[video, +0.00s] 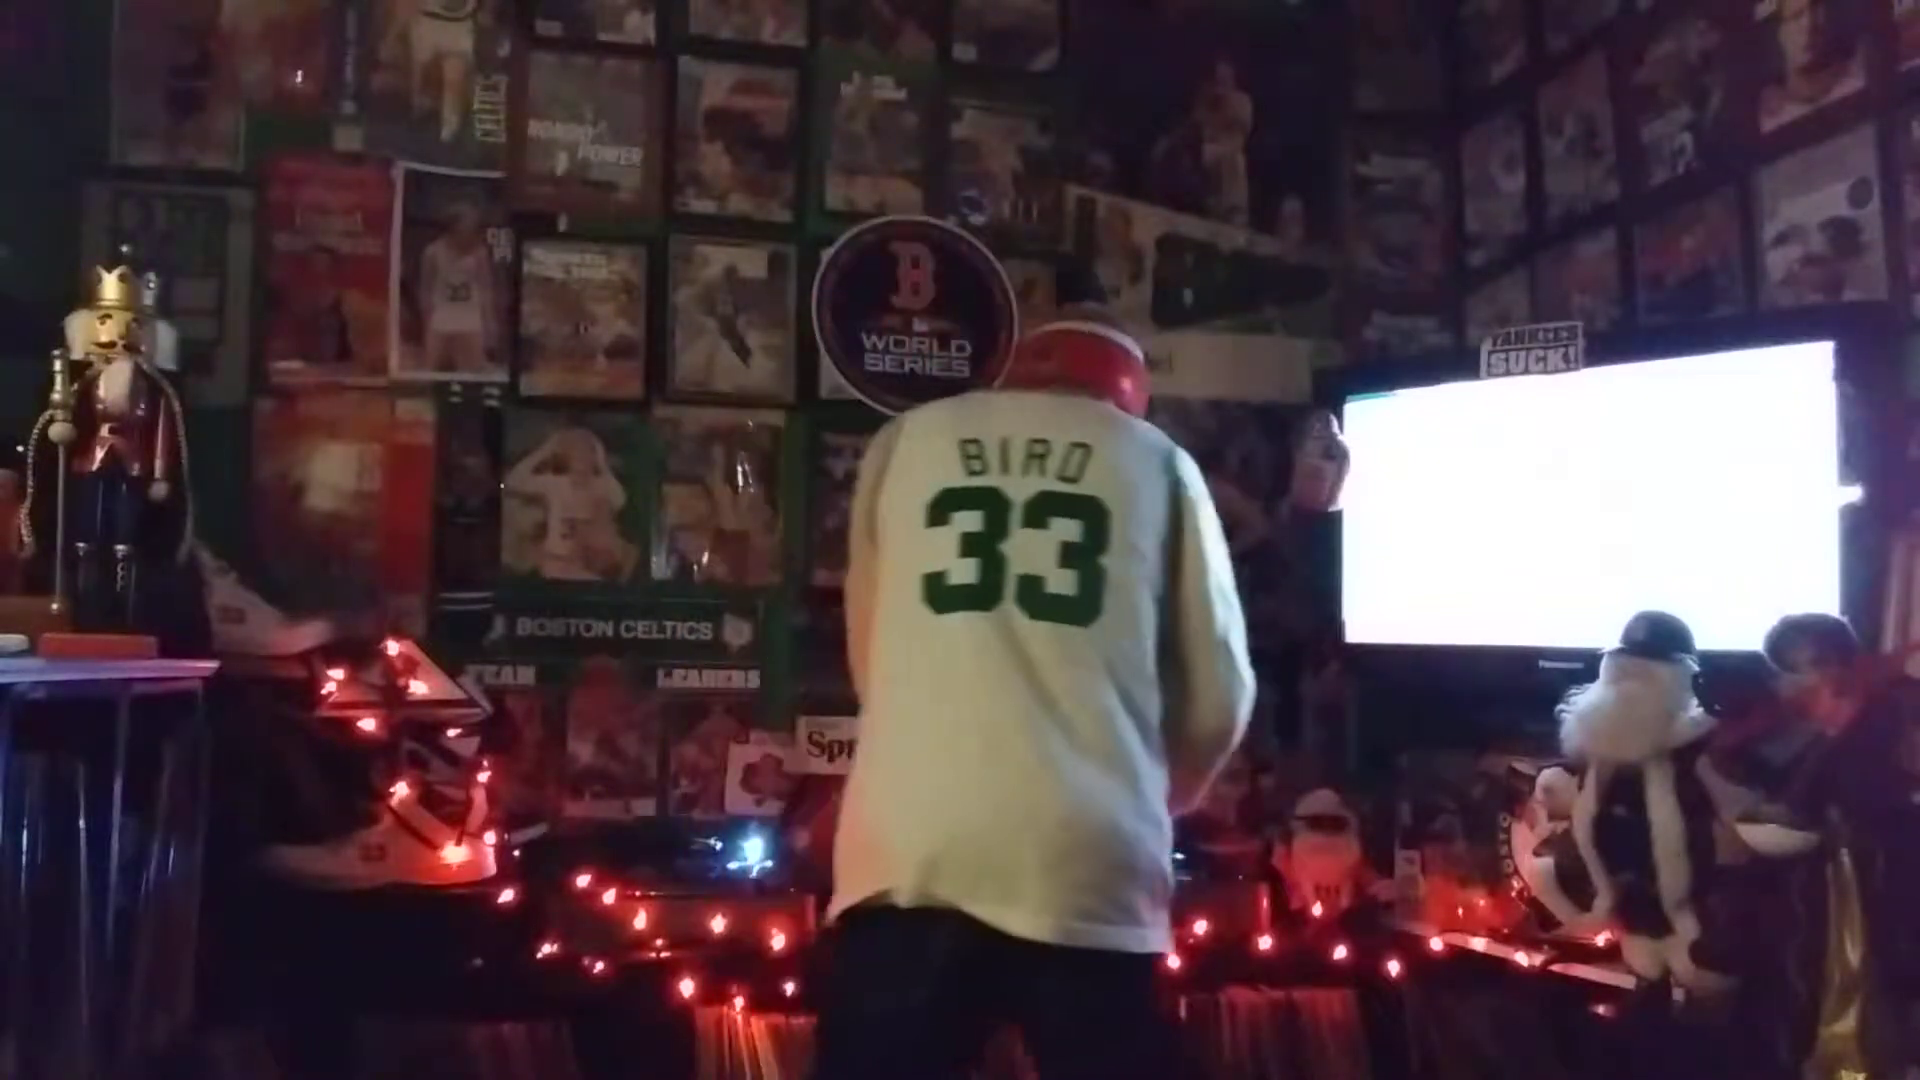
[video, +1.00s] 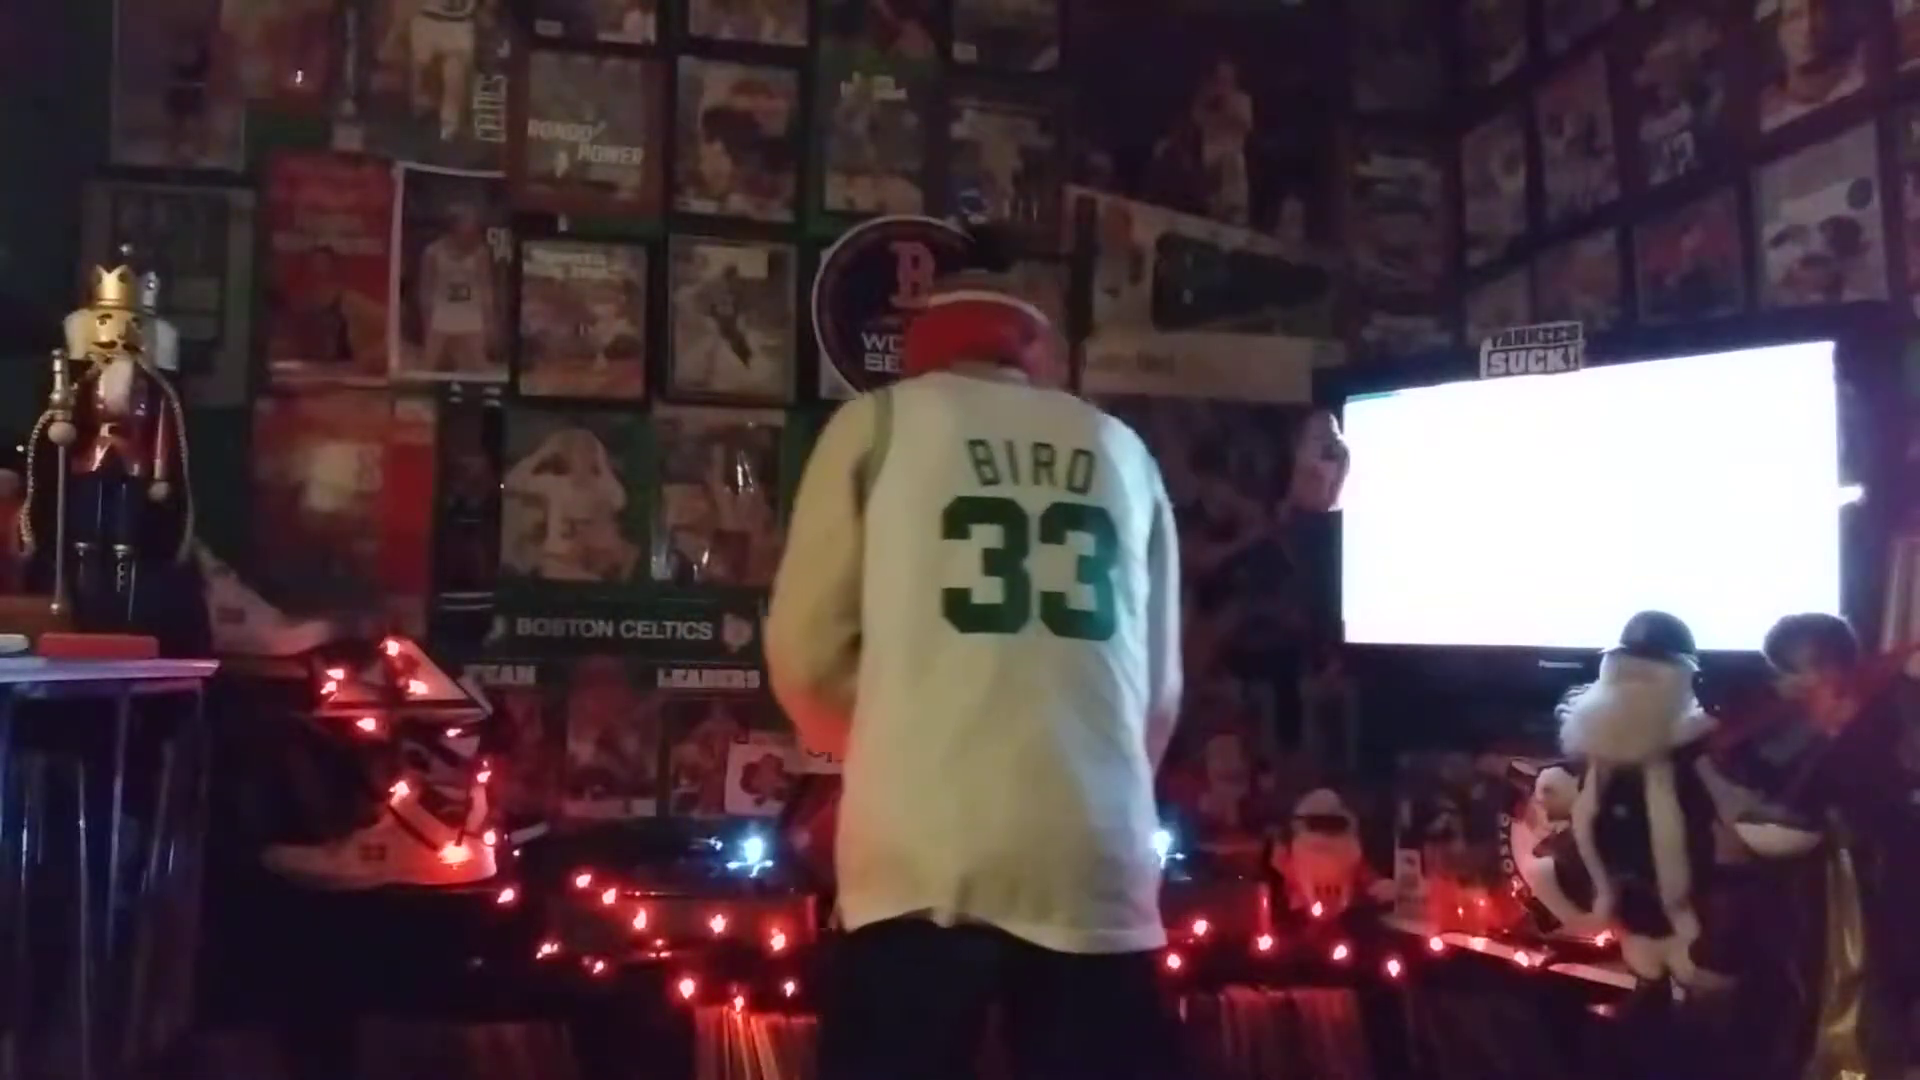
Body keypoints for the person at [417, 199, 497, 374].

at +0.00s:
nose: (467, 234)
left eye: (471, 229)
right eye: (463, 228)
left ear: (476, 229)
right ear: (453, 227)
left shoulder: (479, 252)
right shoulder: (434, 252)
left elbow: (486, 289)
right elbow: (425, 287)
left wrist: (490, 324)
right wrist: (427, 316)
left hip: (470, 323)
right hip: (440, 323)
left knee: (471, 378)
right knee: (435, 377)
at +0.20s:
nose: (465, 236)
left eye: (469, 231)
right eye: (461, 231)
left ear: (475, 231)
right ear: (451, 229)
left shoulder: (480, 253)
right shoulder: (433, 253)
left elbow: (487, 291)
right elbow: (425, 289)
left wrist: (490, 324)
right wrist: (428, 319)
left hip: (471, 327)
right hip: (439, 326)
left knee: (472, 380)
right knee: (432, 379)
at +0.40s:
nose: (465, 235)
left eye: (469, 230)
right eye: (461, 230)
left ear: (475, 229)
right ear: (451, 228)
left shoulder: (482, 254)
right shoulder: (434, 253)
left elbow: (488, 290)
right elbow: (426, 288)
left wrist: (490, 322)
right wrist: (428, 317)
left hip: (472, 325)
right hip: (440, 324)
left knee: (473, 378)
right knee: (431, 377)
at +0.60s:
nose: (465, 236)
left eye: (469, 231)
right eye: (461, 231)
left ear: (475, 230)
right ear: (452, 229)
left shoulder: (481, 253)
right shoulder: (433, 253)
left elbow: (487, 290)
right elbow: (425, 288)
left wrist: (490, 322)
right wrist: (428, 317)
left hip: (472, 327)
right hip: (439, 326)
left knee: (472, 380)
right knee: (431, 378)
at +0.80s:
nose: (467, 235)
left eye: (471, 230)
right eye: (463, 229)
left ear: (476, 231)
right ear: (453, 229)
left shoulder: (480, 253)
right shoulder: (434, 252)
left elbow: (487, 289)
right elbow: (426, 288)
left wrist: (489, 322)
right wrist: (427, 316)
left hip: (472, 323)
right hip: (440, 323)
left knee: (475, 374)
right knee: (432, 373)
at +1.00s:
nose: (467, 237)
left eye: (471, 232)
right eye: (463, 231)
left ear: (476, 231)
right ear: (453, 230)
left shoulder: (480, 253)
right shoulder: (434, 253)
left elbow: (486, 289)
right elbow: (426, 289)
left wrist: (489, 322)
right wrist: (428, 320)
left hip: (472, 324)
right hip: (440, 324)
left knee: (475, 374)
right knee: (431, 374)